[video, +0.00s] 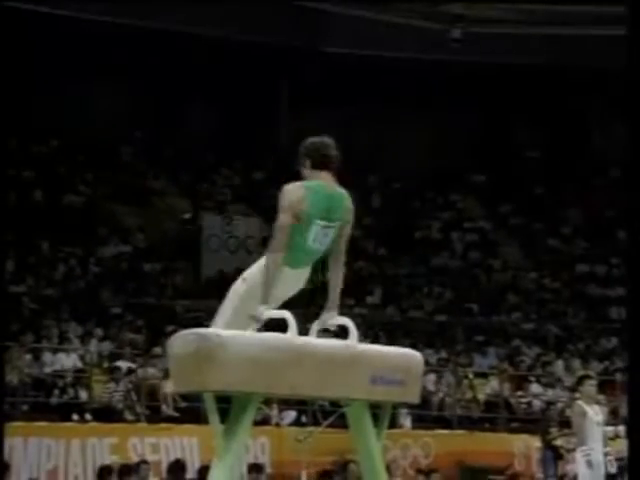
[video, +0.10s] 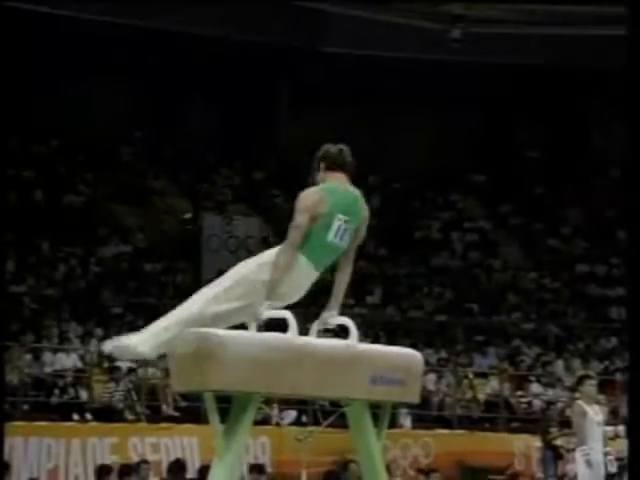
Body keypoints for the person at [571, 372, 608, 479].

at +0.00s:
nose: (594, 389)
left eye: (595, 385)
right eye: (590, 385)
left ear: (597, 388)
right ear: (580, 388)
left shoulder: (597, 408)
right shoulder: (578, 407)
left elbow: (598, 431)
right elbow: (579, 433)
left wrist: (616, 431)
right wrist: (585, 455)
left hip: (599, 453)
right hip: (587, 454)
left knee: (599, 475)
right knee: (588, 475)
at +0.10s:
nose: (594, 389)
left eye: (595, 385)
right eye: (590, 385)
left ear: (597, 388)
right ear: (580, 388)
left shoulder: (597, 408)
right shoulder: (578, 406)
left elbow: (599, 431)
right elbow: (579, 433)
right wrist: (585, 454)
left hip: (598, 452)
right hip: (587, 453)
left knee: (599, 474)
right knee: (587, 475)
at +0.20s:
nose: (593, 388)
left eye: (594, 385)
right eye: (590, 385)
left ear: (596, 387)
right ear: (580, 388)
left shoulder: (596, 407)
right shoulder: (578, 406)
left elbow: (598, 430)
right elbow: (579, 431)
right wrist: (584, 454)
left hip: (598, 450)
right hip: (587, 452)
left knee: (599, 474)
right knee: (587, 475)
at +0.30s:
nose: (593, 388)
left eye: (594, 385)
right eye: (589, 385)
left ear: (596, 387)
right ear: (580, 388)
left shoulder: (596, 407)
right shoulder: (578, 406)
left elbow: (598, 430)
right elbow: (578, 431)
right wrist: (584, 454)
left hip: (598, 449)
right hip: (586, 451)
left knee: (599, 474)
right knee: (587, 475)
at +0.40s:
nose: (593, 388)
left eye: (594, 385)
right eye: (589, 385)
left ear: (595, 387)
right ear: (579, 388)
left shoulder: (595, 407)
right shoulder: (577, 405)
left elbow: (597, 429)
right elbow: (578, 431)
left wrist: (615, 430)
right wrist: (584, 453)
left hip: (597, 449)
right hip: (586, 451)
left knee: (598, 474)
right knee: (586, 475)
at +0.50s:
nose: (592, 388)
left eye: (593, 385)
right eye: (588, 385)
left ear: (595, 386)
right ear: (579, 387)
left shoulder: (594, 406)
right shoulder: (577, 405)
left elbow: (596, 429)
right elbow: (577, 430)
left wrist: (614, 430)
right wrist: (583, 453)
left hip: (596, 449)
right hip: (585, 450)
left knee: (597, 474)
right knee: (585, 475)